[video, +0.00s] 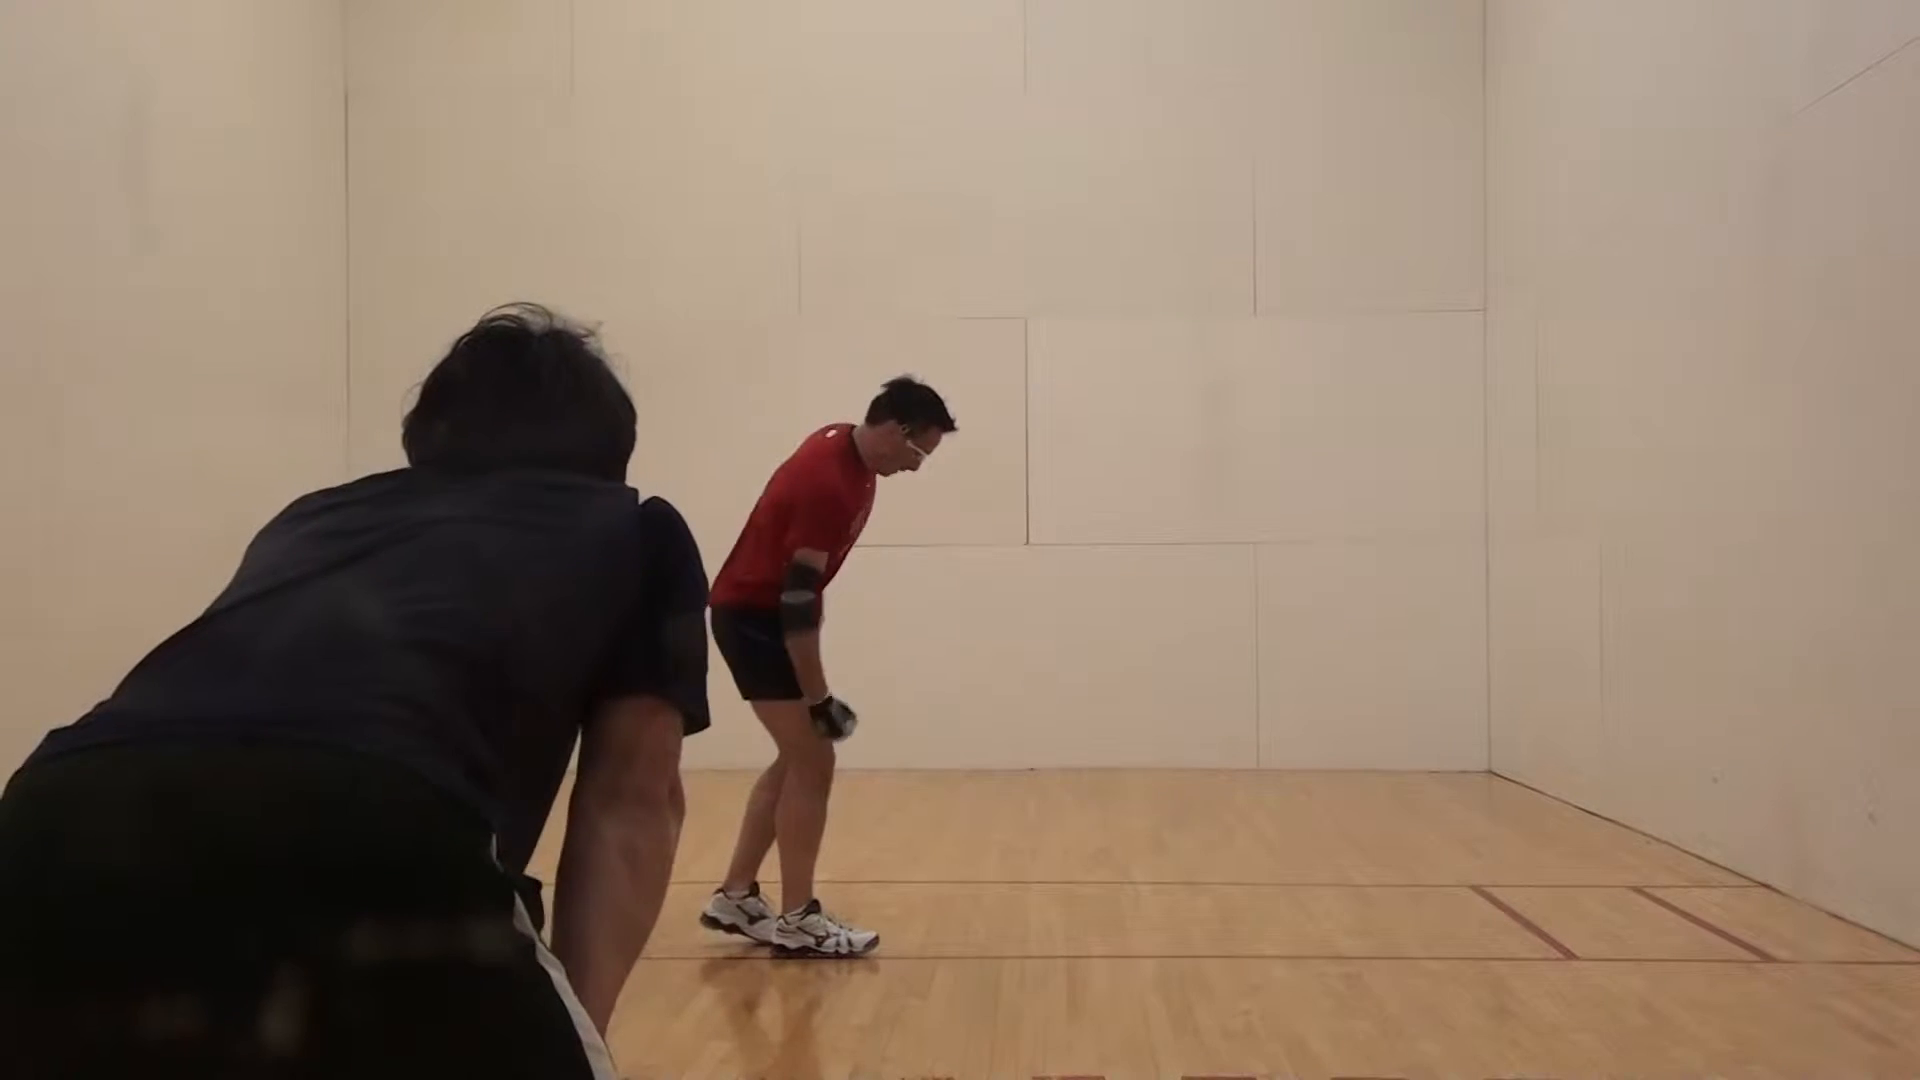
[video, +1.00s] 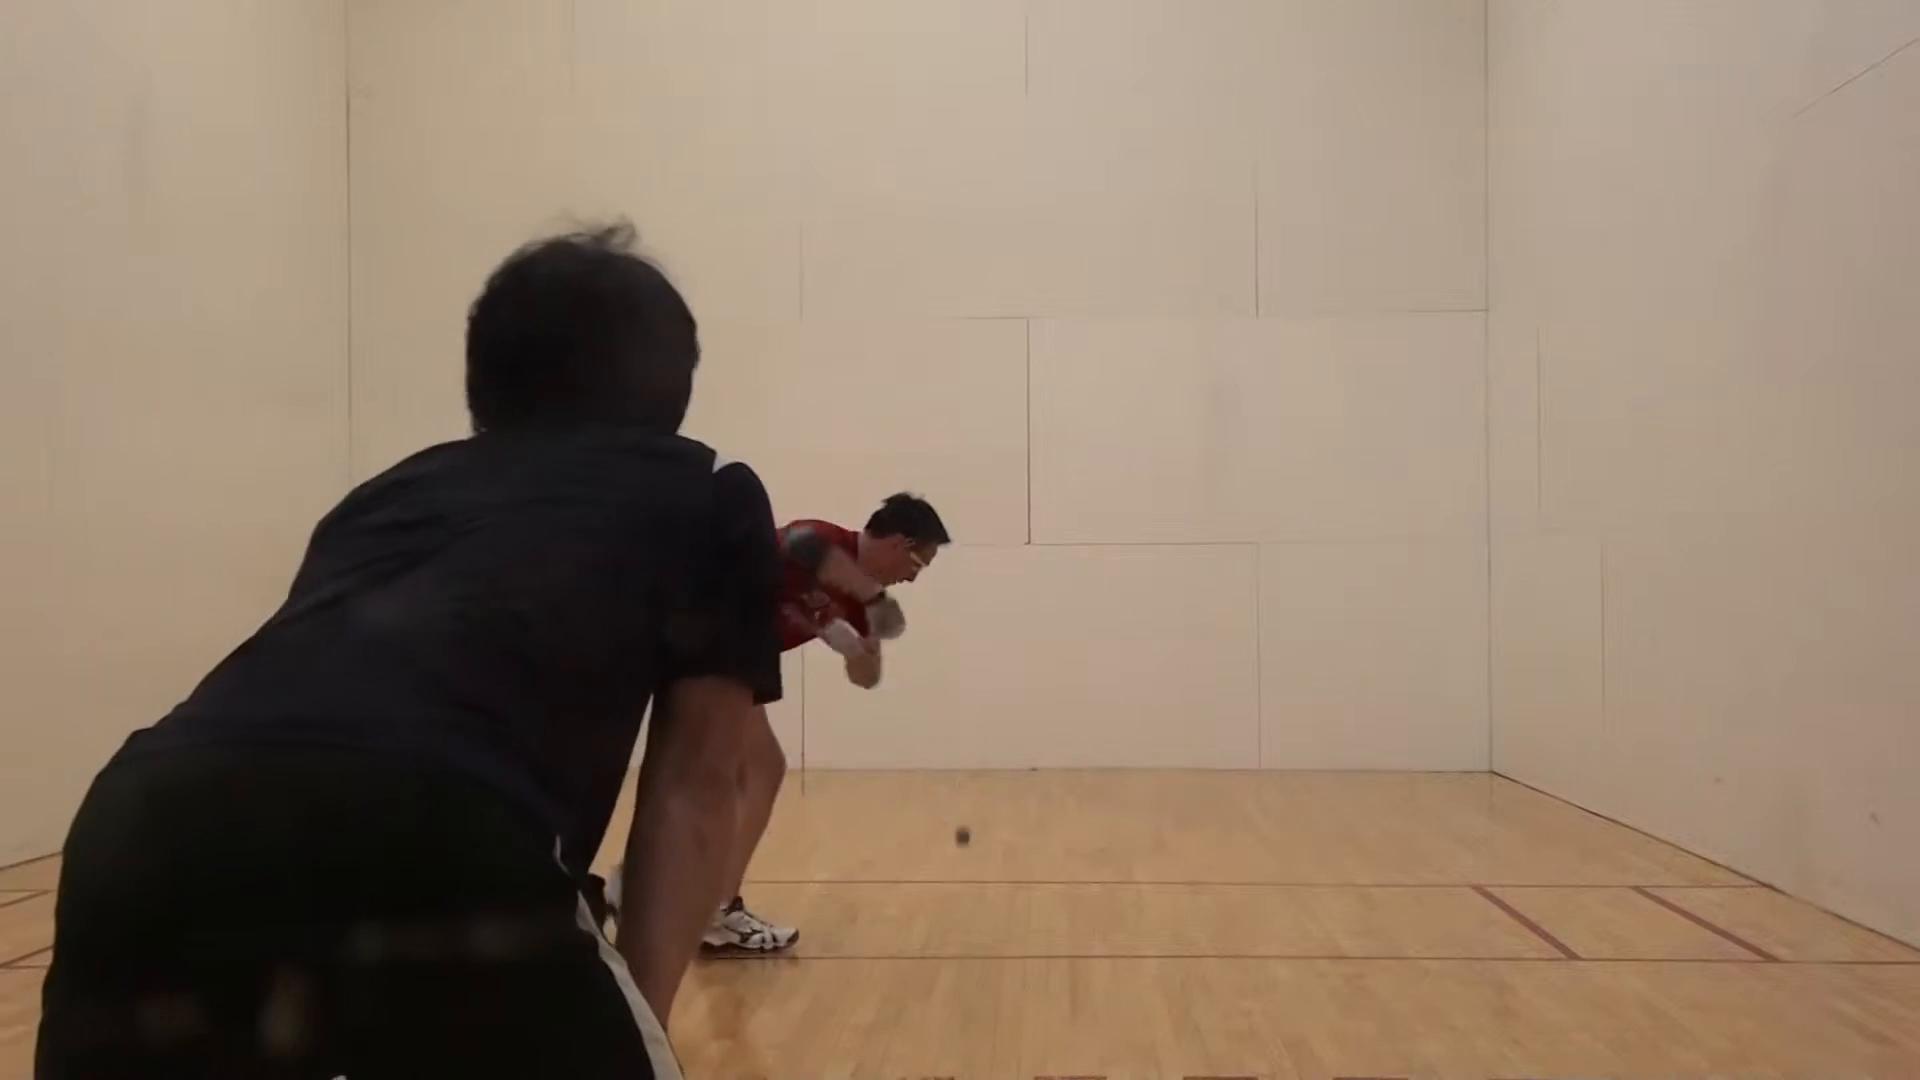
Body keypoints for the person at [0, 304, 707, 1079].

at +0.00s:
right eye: (628, 465)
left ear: (426, 436)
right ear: (610, 459)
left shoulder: (313, 511)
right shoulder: (632, 527)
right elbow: (635, 795)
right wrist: (571, 1032)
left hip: (67, 818)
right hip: (374, 833)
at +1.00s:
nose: (682, 400)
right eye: (683, 383)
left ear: (480, 393)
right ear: (669, 395)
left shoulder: (386, 490)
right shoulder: (702, 489)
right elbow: (708, 769)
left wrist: (745, 585)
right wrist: (638, 1020)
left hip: (148, 830)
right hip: (434, 846)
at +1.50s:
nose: (755, 445)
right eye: (755, 428)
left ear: (554, 423)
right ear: (746, 432)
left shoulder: (447, 507)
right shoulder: (757, 518)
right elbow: (728, 794)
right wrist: (619, 1028)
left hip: (135, 832)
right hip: (411, 849)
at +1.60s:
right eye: (715, 427)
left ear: (517, 424)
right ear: (705, 433)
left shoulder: (409, 508)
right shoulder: (719, 518)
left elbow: (161, 687)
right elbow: (690, 799)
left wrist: (219, 990)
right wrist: (592, 1027)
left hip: (114, 814)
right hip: (393, 840)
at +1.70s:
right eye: (648, 431)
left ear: (448, 419)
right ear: (637, 426)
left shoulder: (326, 512)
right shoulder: (650, 519)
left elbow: (99, 693)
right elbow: (642, 794)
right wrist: (554, 1039)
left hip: (48, 869)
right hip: (334, 888)